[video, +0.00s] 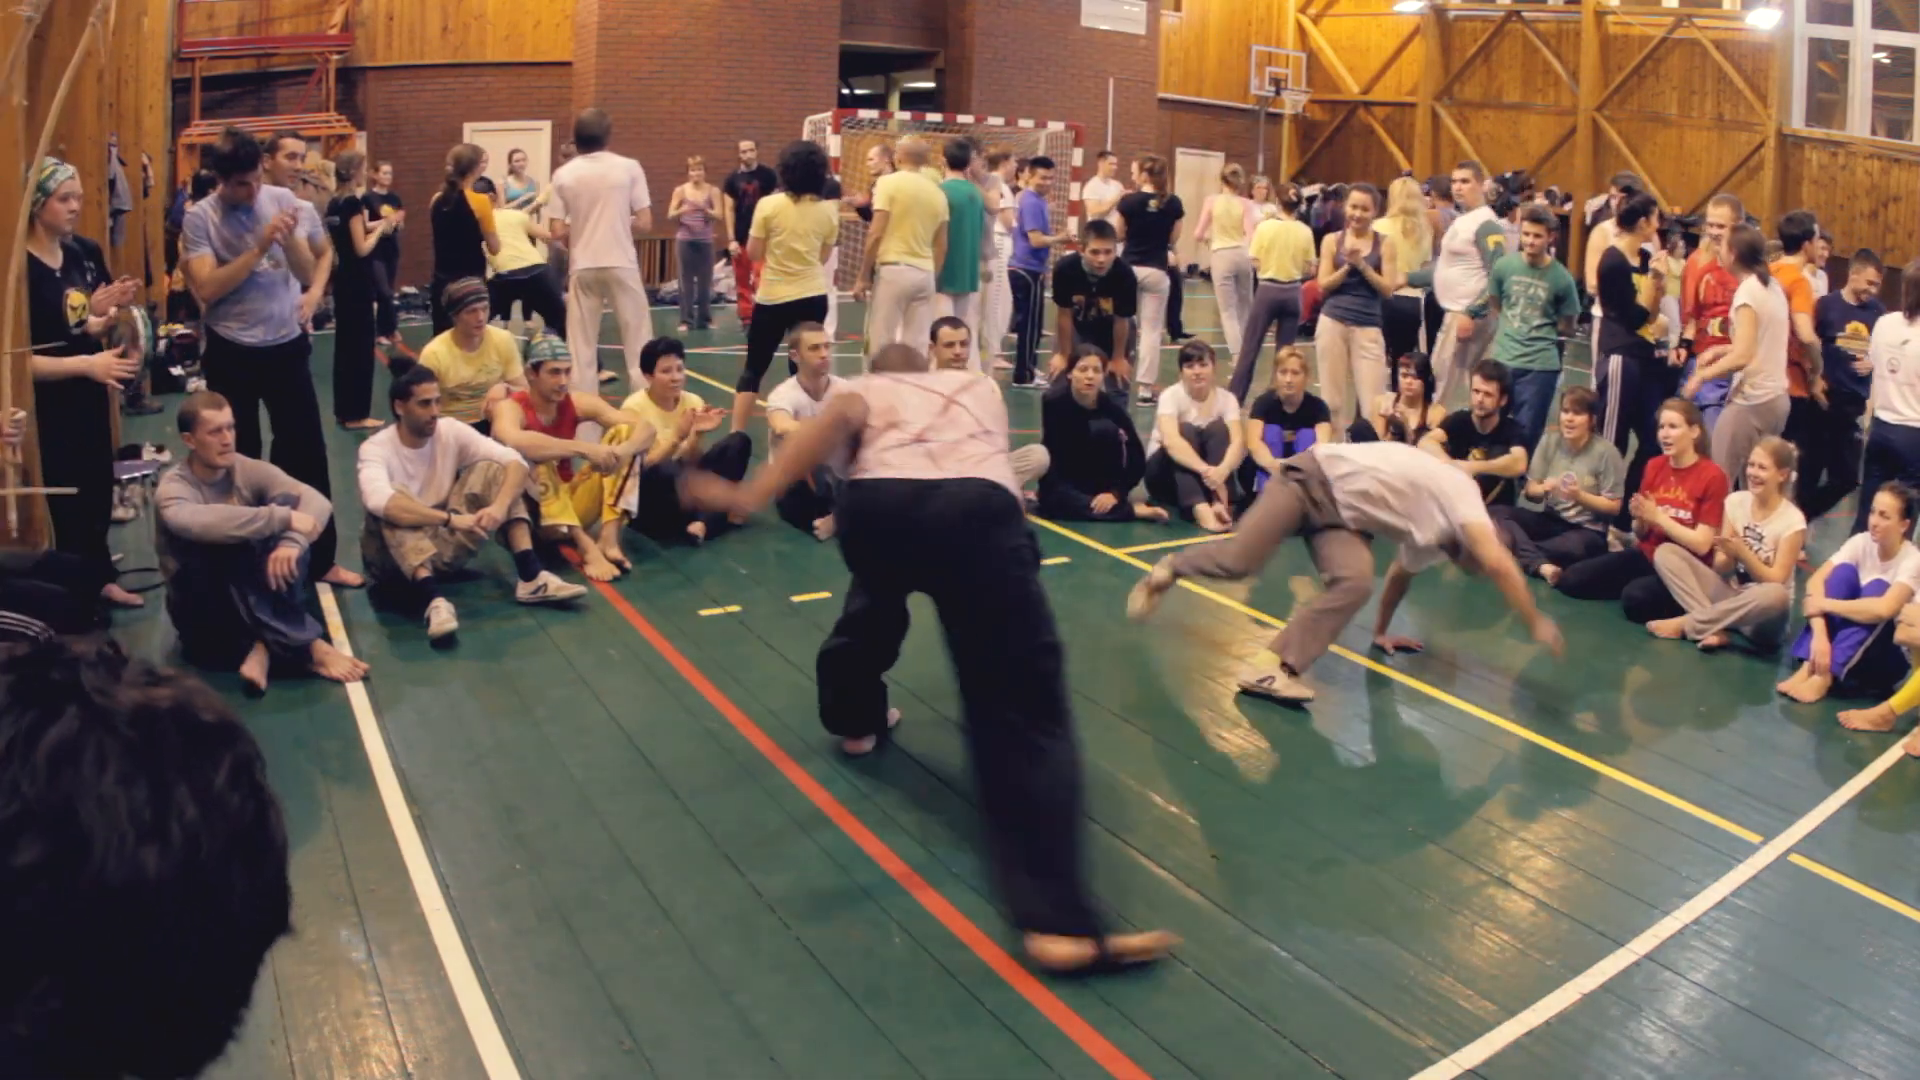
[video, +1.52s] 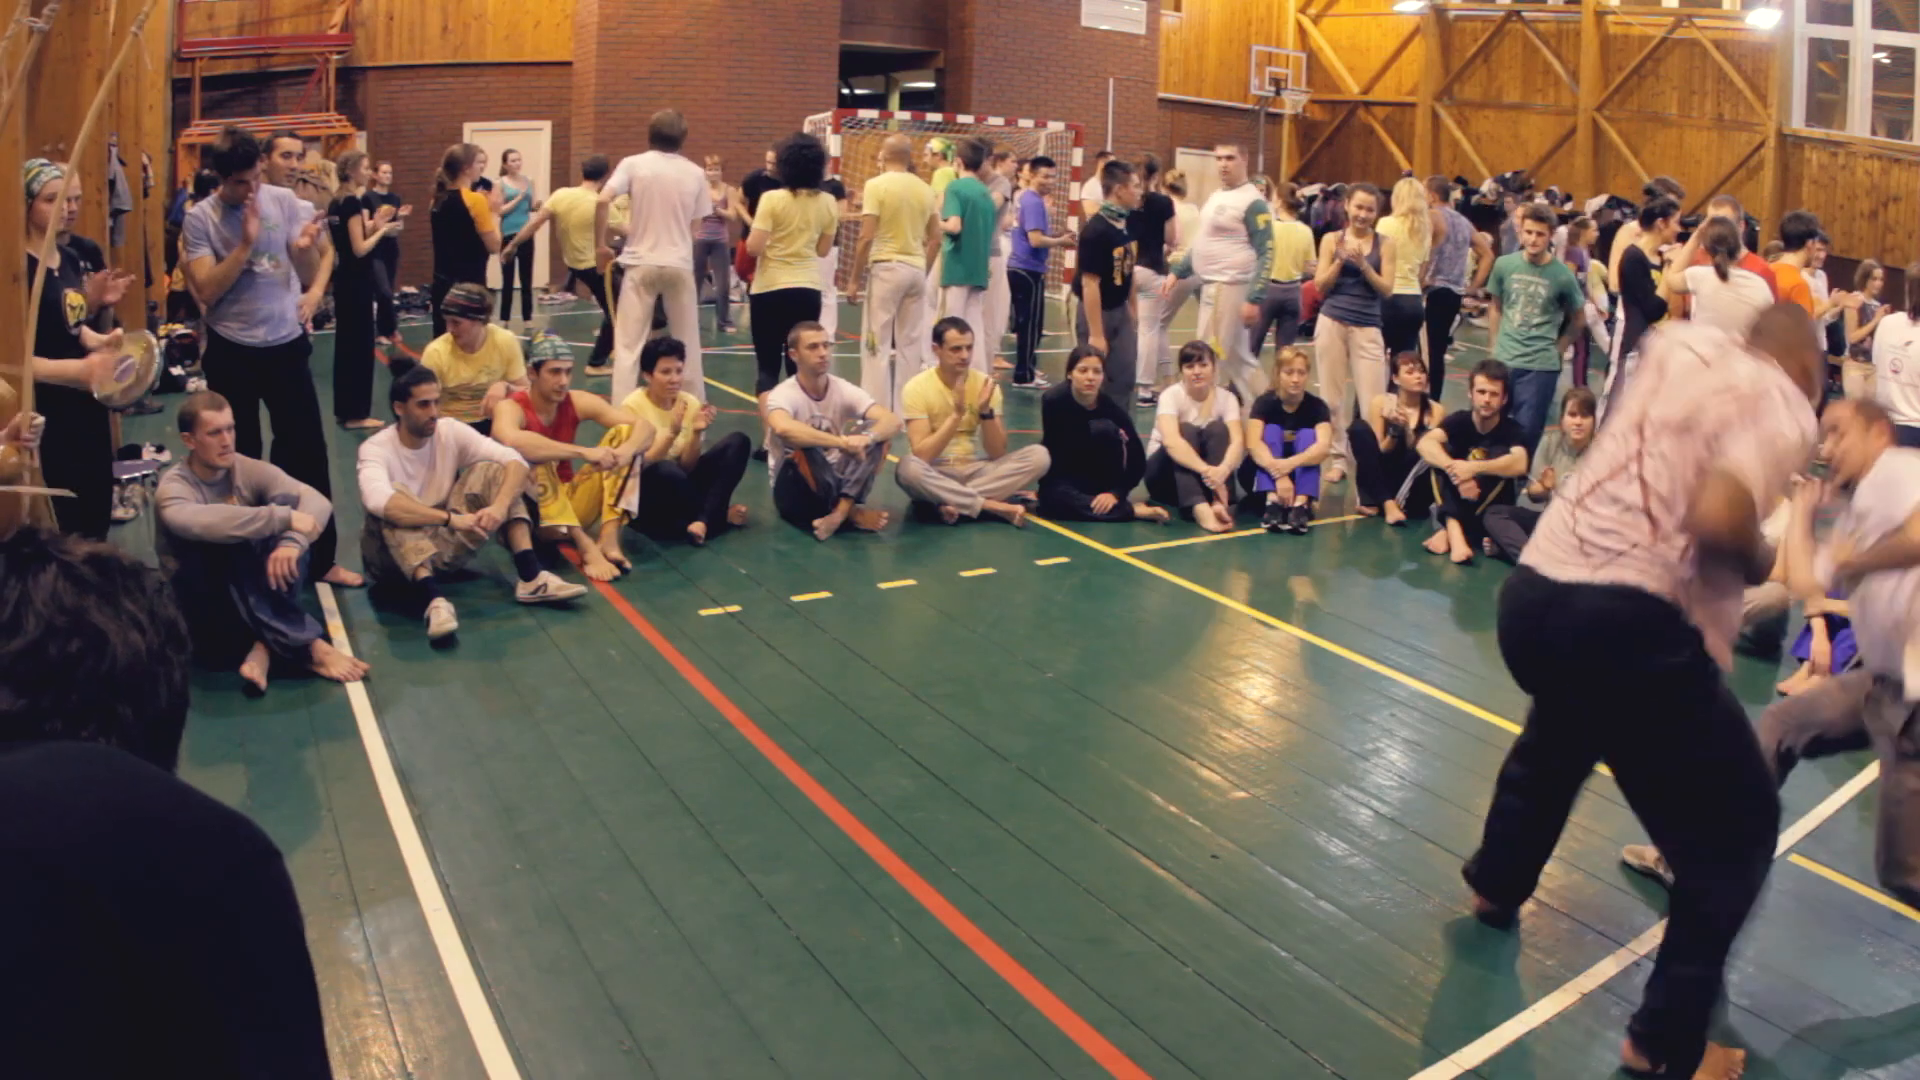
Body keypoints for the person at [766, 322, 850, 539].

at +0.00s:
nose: (824, 355)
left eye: (827, 347)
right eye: (814, 349)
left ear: (831, 349)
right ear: (795, 355)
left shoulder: (845, 389)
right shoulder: (782, 395)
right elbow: (784, 430)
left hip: (842, 473)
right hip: (802, 474)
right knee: (794, 502)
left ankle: (838, 519)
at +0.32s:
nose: (823, 355)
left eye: (826, 347)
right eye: (813, 348)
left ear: (831, 349)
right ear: (794, 354)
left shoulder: (842, 388)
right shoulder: (783, 394)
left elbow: (892, 421)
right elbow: (783, 428)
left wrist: (866, 440)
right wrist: (840, 444)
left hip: (839, 491)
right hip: (798, 494)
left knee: (879, 437)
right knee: (804, 448)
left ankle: (840, 512)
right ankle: (850, 512)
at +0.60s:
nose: (823, 354)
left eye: (825, 347)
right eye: (813, 348)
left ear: (830, 348)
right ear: (794, 354)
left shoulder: (842, 388)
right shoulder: (783, 394)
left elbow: (892, 420)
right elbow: (783, 428)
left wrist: (866, 439)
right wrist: (840, 444)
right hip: (798, 494)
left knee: (881, 435)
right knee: (803, 448)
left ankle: (840, 512)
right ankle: (850, 511)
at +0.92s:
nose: (821, 355)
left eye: (824, 347)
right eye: (811, 349)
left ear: (829, 348)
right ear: (793, 355)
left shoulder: (841, 389)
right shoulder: (782, 395)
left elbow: (892, 421)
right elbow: (782, 428)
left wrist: (866, 439)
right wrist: (840, 443)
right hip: (797, 494)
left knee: (879, 436)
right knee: (804, 448)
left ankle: (840, 512)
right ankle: (850, 512)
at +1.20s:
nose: (821, 355)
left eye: (824, 347)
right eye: (811, 348)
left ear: (829, 348)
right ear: (793, 355)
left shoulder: (840, 388)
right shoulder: (782, 394)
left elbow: (891, 421)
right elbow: (782, 429)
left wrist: (866, 438)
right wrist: (840, 443)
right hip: (797, 495)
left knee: (879, 438)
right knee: (804, 452)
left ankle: (840, 512)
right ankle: (850, 512)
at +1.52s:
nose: (823, 354)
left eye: (826, 346)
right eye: (813, 347)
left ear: (831, 348)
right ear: (793, 354)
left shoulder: (841, 388)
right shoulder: (783, 394)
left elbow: (892, 421)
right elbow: (784, 430)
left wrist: (868, 437)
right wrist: (842, 443)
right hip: (796, 498)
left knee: (878, 435)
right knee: (806, 451)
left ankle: (840, 512)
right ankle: (850, 511)